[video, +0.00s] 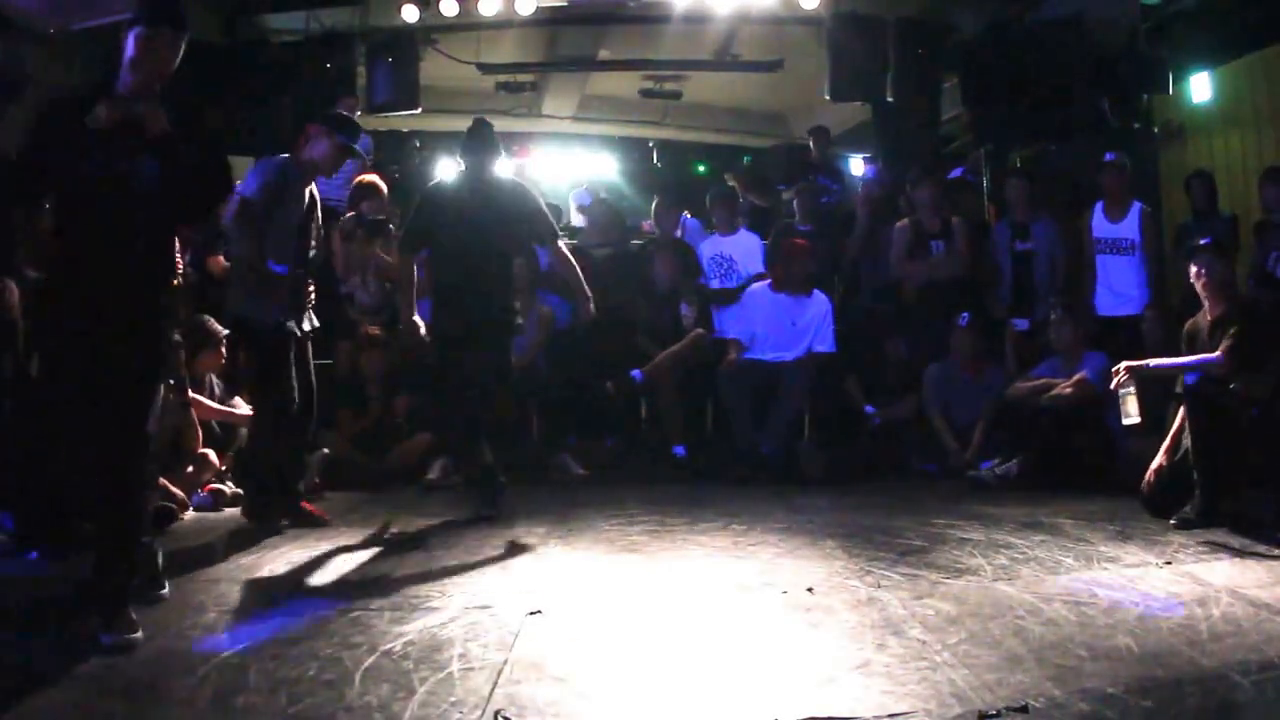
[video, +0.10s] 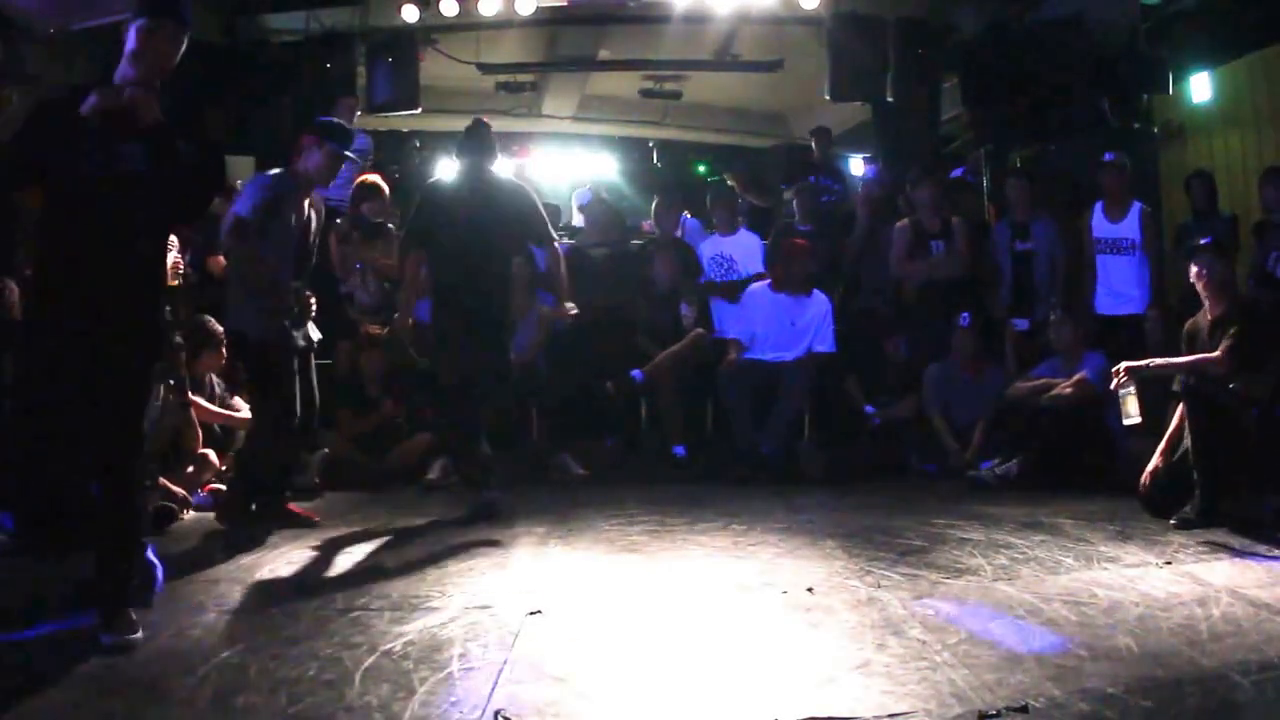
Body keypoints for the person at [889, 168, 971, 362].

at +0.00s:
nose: (928, 196)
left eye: (932, 190)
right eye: (922, 190)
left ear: (939, 192)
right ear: (912, 195)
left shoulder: (955, 225)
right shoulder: (904, 229)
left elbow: (961, 264)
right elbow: (898, 268)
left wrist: (923, 273)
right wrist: (941, 265)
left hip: (952, 296)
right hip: (918, 299)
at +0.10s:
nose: (928, 194)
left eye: (932, 188)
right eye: (922, 189)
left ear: (939, 191)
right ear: (911, 194)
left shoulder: (956, 225)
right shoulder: (904, 229)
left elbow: (962, 265)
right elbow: (898, 269)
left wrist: (922, 272)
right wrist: (940, 265)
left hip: (952, 300)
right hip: (918, 302)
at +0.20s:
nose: (929, 195)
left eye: (932, 189)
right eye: (923, 190)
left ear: (939, 192)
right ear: (912, 195)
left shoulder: (956, 225)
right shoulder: (903, 229)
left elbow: (961, 265)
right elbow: (898, 268)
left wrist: (921, 273)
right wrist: (942, 265)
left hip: (952, 299)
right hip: (919, 301)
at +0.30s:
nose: (929, 196)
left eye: (932, 190)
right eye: (922, 191)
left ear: (939, 193)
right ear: (911, 194)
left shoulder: (955, 225)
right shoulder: (903, 229)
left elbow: (961, 266)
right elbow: (898, 268)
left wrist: (922, 272)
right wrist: (942, 265)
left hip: (951, 301)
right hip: (917, 304)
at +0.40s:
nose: (929, 198)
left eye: (932, 191)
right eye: (922, 192)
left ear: (939, 194)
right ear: (912, 196)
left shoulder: (955, 225)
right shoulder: (903, 229)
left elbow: (961, 265)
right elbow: (898, 267)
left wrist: (922, 272)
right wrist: (941, 266)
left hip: (951, 300)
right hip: (916, 303)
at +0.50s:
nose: (929, 196)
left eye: (933, 190)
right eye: (923, 191)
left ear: (940, 193)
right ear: (913, 196)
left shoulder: (955, 225)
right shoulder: (904, 229)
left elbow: (961, 265)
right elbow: (898, 268)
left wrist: (921, 274)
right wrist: (943, 266)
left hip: (952, 301)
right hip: (918, 304)